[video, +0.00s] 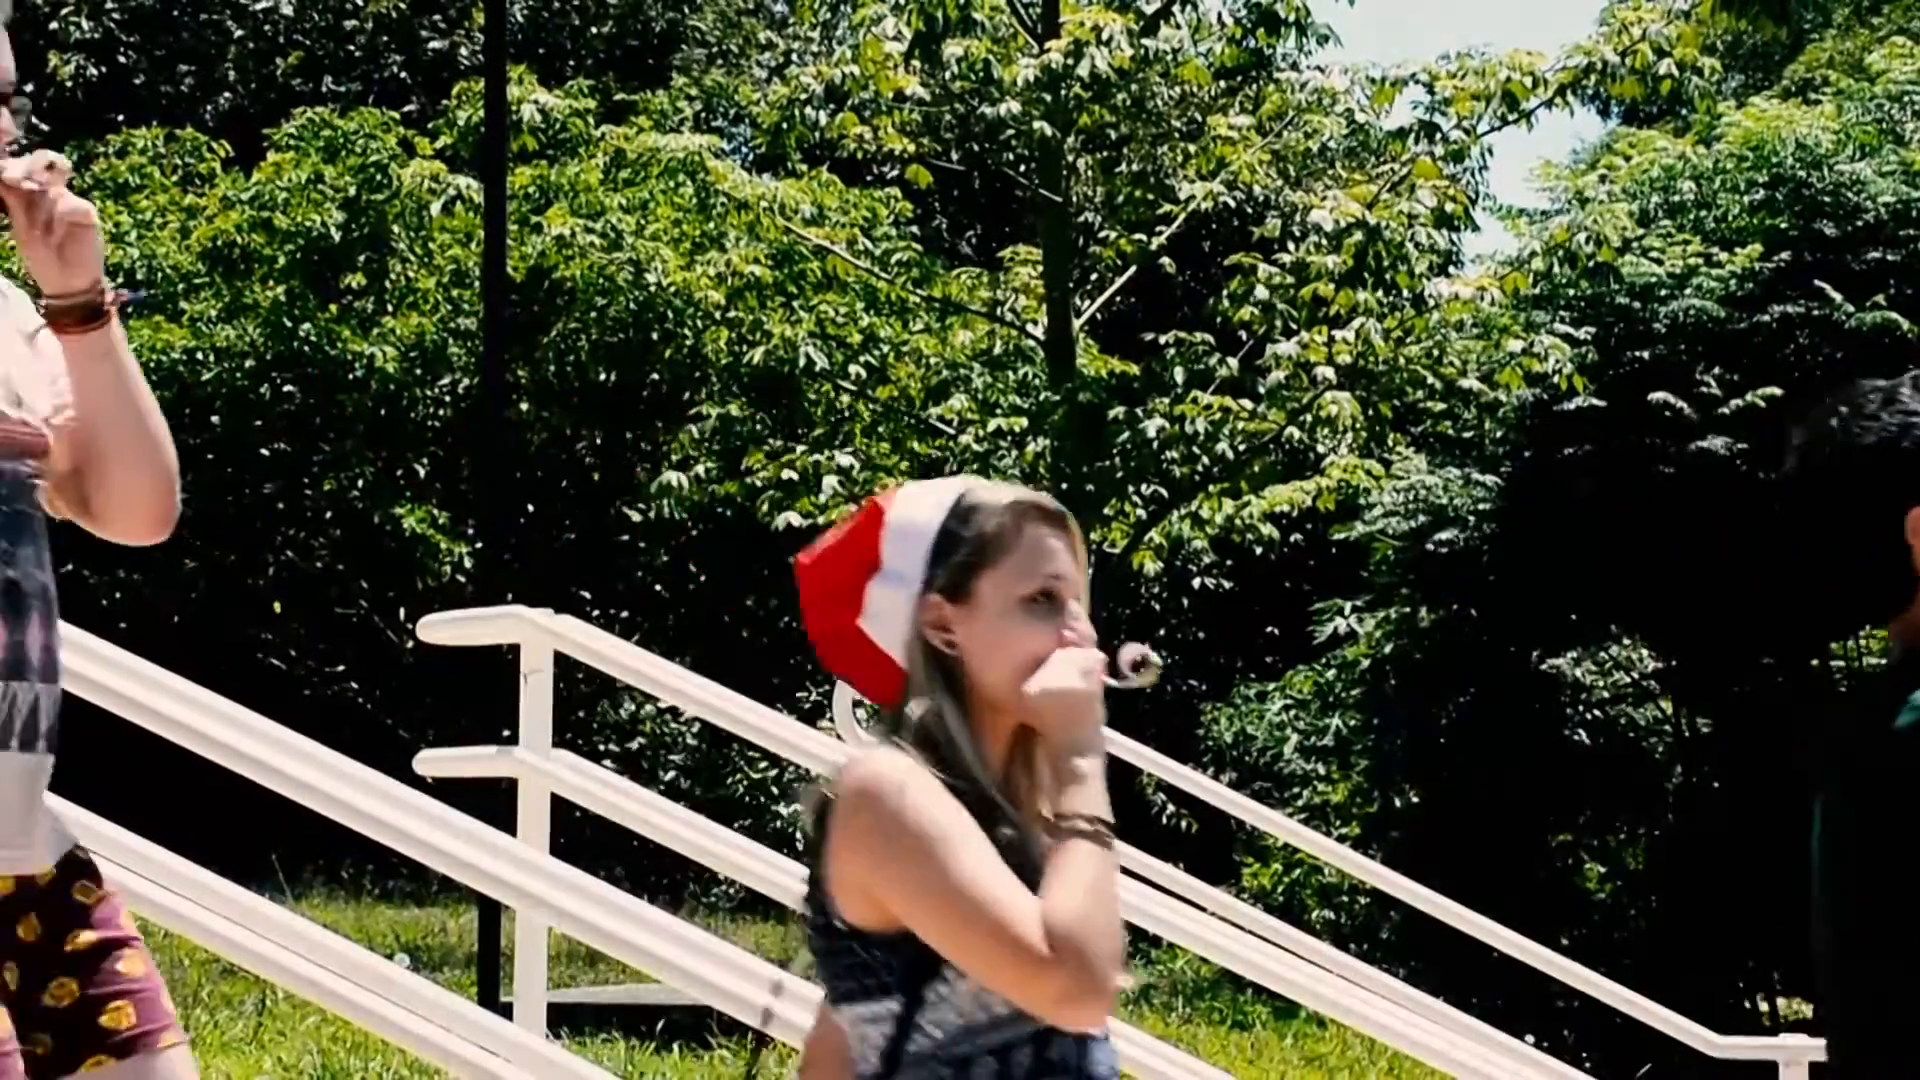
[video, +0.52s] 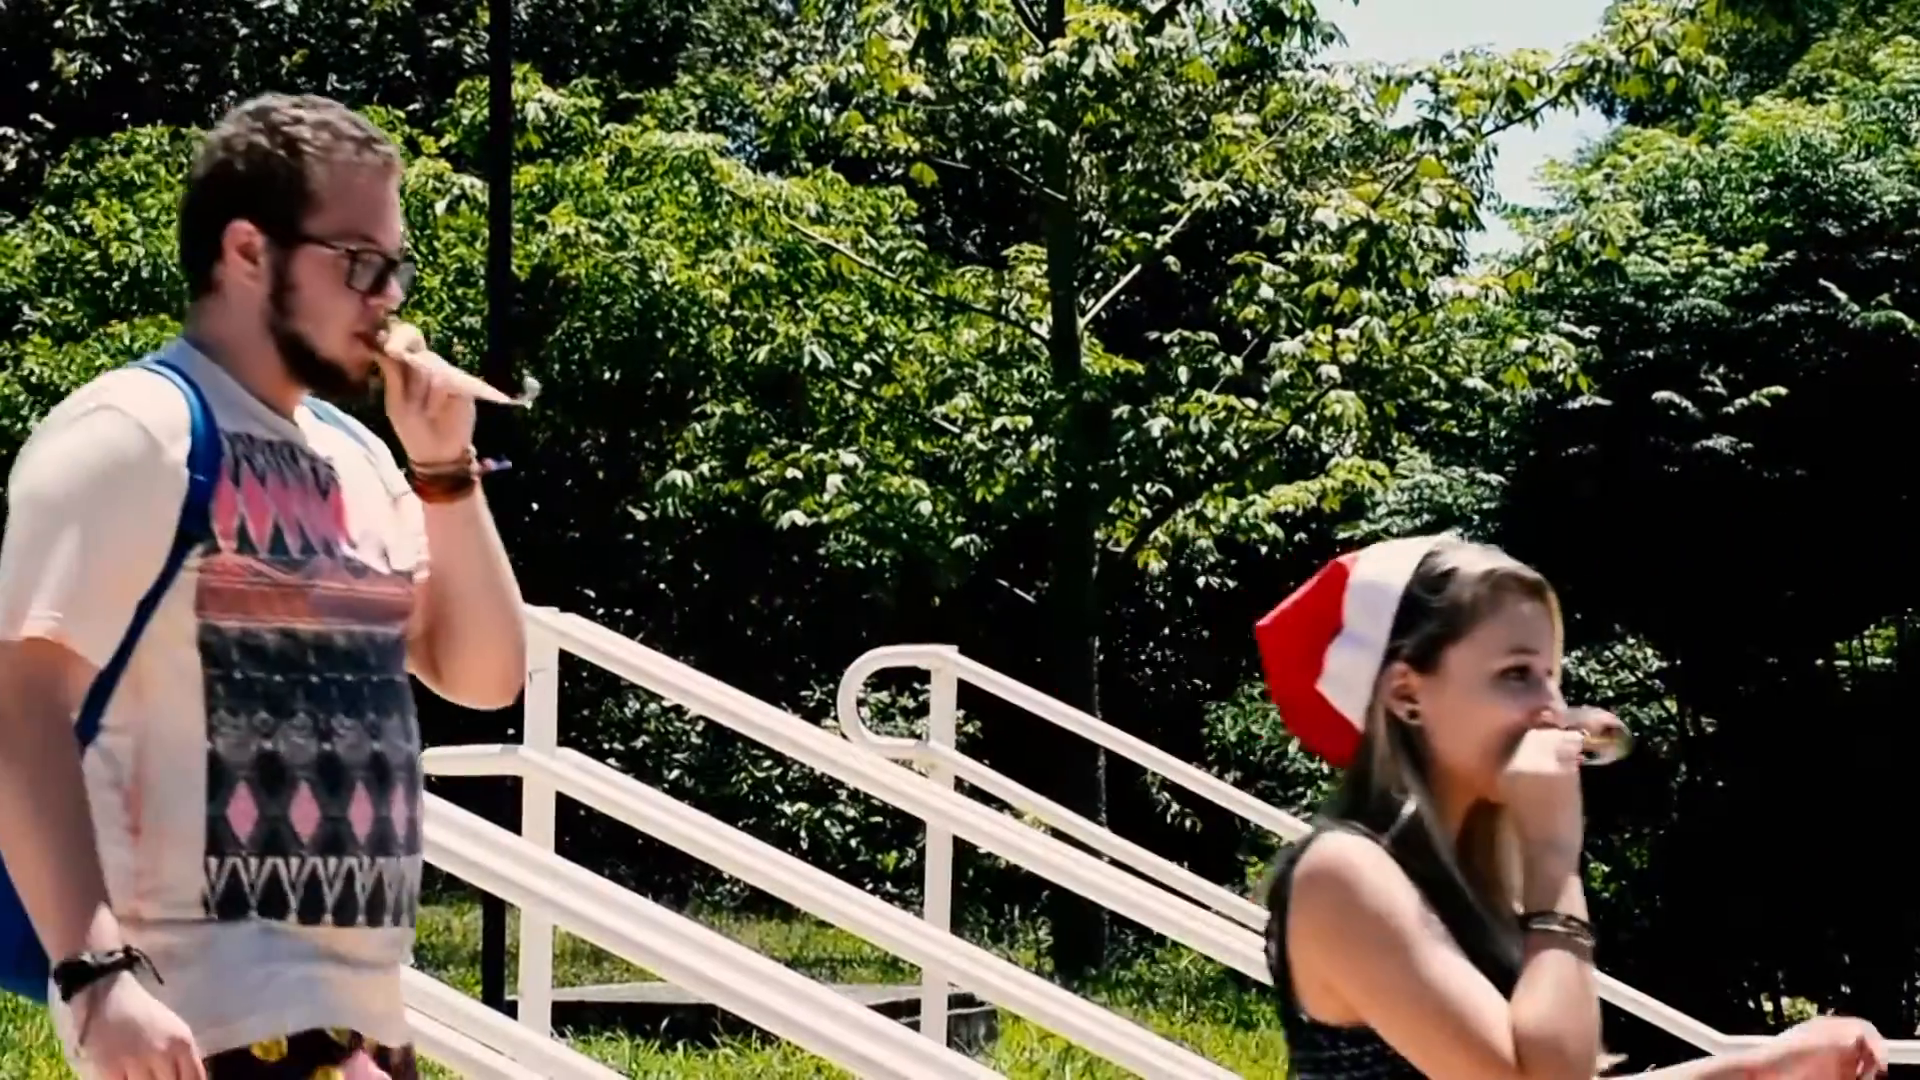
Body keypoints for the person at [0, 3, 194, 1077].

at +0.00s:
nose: (8, 129)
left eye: (10, 104)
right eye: (3, 104)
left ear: (21, 114)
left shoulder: (5, 316)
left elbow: (140, 512)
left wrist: (77, 298)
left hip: (26, 835)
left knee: (144, 1057)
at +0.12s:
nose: (89, 176)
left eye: (93, 146)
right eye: (56, 142)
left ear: (99, 152)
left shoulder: (67, 350)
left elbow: (218, 560)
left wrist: (158, 343)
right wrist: (16, 491)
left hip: (94, 894)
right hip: (10, 895)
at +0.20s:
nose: (148, 224)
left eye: (151, 196)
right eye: (116, 193)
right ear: (9, 194)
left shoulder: (131, 401)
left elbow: (282, 604)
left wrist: (228, 395)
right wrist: (32, 537)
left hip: (165, 946)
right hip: (22, 948)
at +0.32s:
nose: (241, 263)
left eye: (242, 234)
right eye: (210, 231)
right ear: (91, 229)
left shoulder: (228, 437)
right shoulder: (19, 409)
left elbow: (374, 633)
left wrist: (314, 426)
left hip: (253, 995)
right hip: (82, 1001)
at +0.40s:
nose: (302, 268)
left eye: (306, 239)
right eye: (274, 236)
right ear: (159, 229)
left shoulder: (286, 439)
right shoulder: (53, 418)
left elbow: (419, 641)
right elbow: (4, 703)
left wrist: (371, 435)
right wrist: (27, 947)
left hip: (293, 974)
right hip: (148, 988)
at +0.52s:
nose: (391, 298)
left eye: (395, 267)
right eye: (366, 262)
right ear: (249, 253)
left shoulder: (365, 459)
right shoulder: (125, 437)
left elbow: (483, 679)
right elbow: (25, 706)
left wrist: (447, 468)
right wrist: (94, 975)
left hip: (361, 1002)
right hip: (203, 1013)